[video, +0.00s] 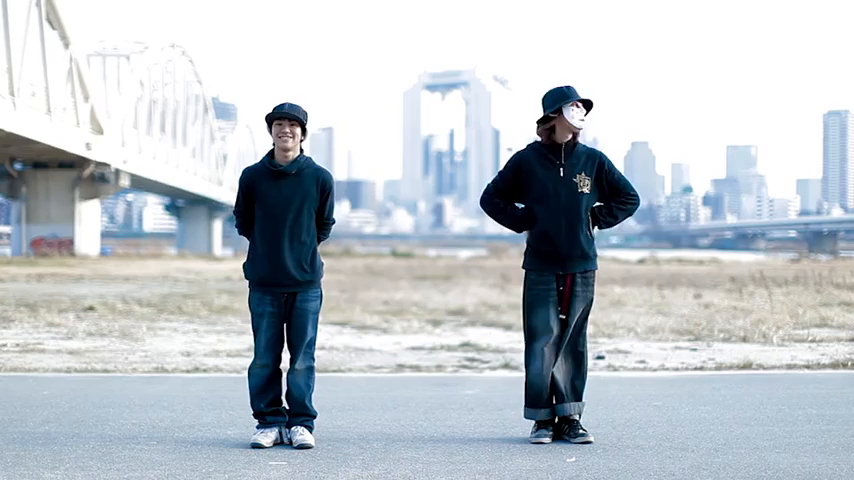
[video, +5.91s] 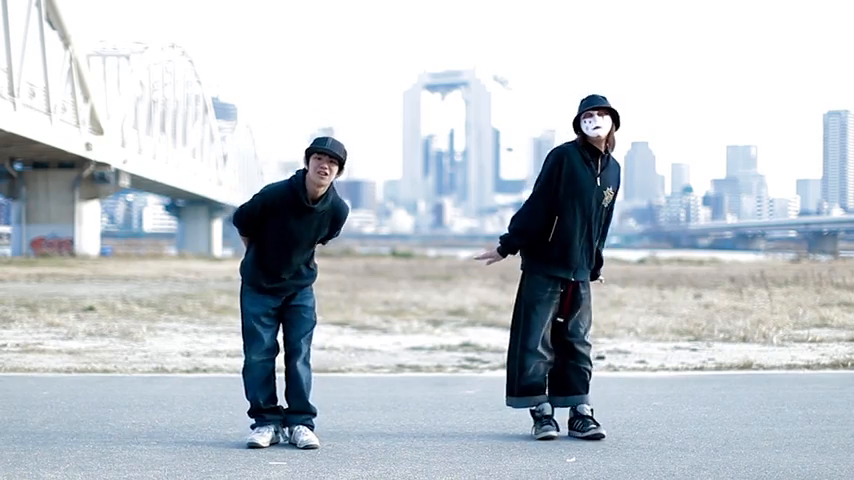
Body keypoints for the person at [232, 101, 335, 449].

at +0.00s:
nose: (286, 134)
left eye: (292, 128)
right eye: (280, 128)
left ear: (302, 134)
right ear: (271, 132)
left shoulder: (320, 178)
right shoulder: (251, 176)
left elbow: (324, 227)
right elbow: (243, 223)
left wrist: (299, 244)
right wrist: (269, 243)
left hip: (306, 279)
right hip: (264, 279)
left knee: (302, 355)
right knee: (265, 355)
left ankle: (300, 424)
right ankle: (268, 424)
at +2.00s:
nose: (321, 163)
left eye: (328, 158)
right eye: (315, 155)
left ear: (334, 165)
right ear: (303, 158)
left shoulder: (338, 204)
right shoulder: (274, 190)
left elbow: (330, 230)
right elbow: (241, 208)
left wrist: (299, 238)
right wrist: (258, 236)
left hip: (301, 286)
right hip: (259, 284)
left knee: (302, 354)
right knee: (258, 354)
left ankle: (298, 424)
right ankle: (266, 422)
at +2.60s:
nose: (277, 153)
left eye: (283, 147)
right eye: (271, 147)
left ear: (293, 153)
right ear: (261, 154)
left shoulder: (314, 188)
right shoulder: (252, 198)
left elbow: (333, 233)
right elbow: (248, 243)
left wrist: (319, 263)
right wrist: (273, 262)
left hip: (301, 290)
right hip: (261, 289)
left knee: (295, 362)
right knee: (253, 364)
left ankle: (300, 427)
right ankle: (267, 426)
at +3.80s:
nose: (326, 153)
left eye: (333, 150)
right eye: (321, 147)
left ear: (340, 160)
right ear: (309, 152)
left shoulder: (336, 201)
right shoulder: (279, 183)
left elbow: (310, 235)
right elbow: (242, 211)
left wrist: (278, 249)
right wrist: (251, 249)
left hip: (292, 283)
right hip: (253, 281)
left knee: (297, 351)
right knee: (259, 353)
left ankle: (299, 422)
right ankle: (266, 422)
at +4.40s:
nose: (281, 160)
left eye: (288, 154)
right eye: (276, 154)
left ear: (300, 159)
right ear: (269, 158)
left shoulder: (318, 197)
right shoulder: (257, 203)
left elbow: (335, 244)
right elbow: (250, 246)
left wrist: (312, 278)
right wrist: (265, 271)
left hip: (300, 294)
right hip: (259, 293)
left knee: (299, 364)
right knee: (255, 365)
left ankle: (301, 426)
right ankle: (266, 425)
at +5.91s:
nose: (324, 167)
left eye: (331, 163)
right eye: (319, 159)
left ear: (338, 172)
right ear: (307, 162)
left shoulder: (337, 209)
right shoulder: (274, 196)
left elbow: (319, 240)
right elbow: (241, 221)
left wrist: (287, 250)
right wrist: (258, 251)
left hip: (300, 285)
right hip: (259, 284)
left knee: (299, 353)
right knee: (259, 353)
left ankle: (299, 424)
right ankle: (265, 422)